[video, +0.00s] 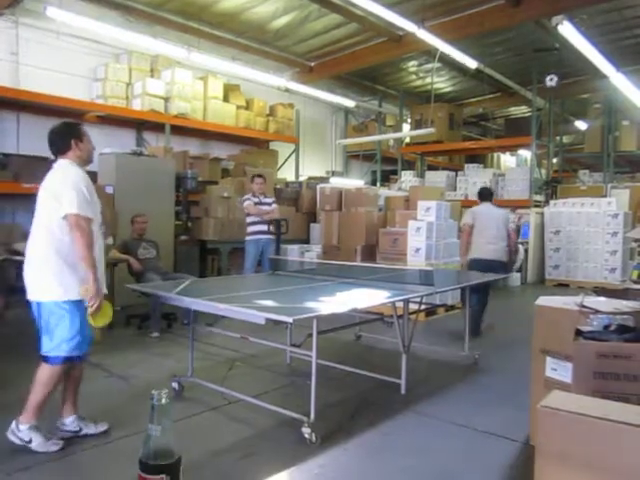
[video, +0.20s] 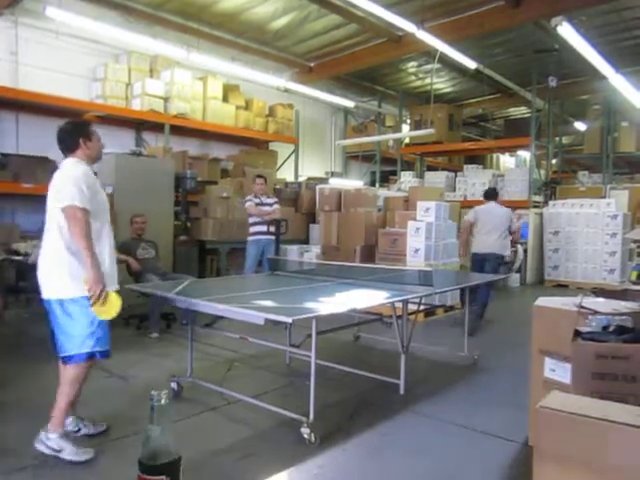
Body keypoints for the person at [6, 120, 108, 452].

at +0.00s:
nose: (92, 145)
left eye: (89, 140)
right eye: (88, 140)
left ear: (69, 146)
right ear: (75, 145)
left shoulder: (69, 175)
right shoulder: (69, 175)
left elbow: (77, 229)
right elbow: (78, 226)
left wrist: (87, 281)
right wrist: (92, 277)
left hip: (69, 282)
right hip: (55, 282)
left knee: (76, 350)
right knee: (60, 354)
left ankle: (70, 419)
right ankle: (24, 424)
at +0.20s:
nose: (101, 142)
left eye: (98, 137)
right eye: (96, 137)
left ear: (76, 145)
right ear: (84, 143)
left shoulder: (78, 173)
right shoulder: (75, 173)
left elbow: (88, 230)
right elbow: (76, 223)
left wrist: (116, 255)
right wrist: (94, 270)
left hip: (75, 282)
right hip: (71, 283)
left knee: (79, 353)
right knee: (81, 354)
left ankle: (65, 418)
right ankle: (53, 433)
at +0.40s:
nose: (112, 140)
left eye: (109, 136)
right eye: (107, 136)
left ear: (89, 144)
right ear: (94, 142)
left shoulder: (96, 172)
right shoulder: (82, 168)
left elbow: (95, 226)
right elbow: (71, 216)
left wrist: (121, 260)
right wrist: (108, 258)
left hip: (80, 283)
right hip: (86, 286)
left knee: (71, 352)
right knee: (94, 362)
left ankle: (65, 418)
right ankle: (106, 442)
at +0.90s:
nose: (144, 142)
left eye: (141, 136)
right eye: (140, 136)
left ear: (113, 141)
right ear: (126, 141)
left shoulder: (102, 170)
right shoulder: (114, 175)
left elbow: (114, 233)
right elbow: (124, 234)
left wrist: (154, 273)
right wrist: (159, 275)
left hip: (110, 286)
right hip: (121, 289)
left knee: (118, 355)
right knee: (118, 365)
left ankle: (95, 402)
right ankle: (115, 446)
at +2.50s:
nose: (147, 144)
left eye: (145, 137)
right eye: (145, 138)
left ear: (110, 141)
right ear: (135, 139)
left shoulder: (90, 176)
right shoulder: (139, 177)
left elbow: (76, 228)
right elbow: (155, 236)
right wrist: (173, 252)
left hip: (96, 289)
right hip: (132, 293)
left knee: (93, 356)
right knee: (122, 366)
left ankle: (80, 427)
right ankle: (116, 445)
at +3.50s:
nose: (128, 144)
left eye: (126, 137)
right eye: (125, 137)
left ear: (95, 144)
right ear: (115, 140)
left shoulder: (79, 179)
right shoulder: (123, 176)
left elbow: (93, 226)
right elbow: (137, 231)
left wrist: (146, 225)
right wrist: (159, 249)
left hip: (84, 290)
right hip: (120, 293)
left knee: (82, 358)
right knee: (119, 367)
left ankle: (77, 429)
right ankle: (115, 448)